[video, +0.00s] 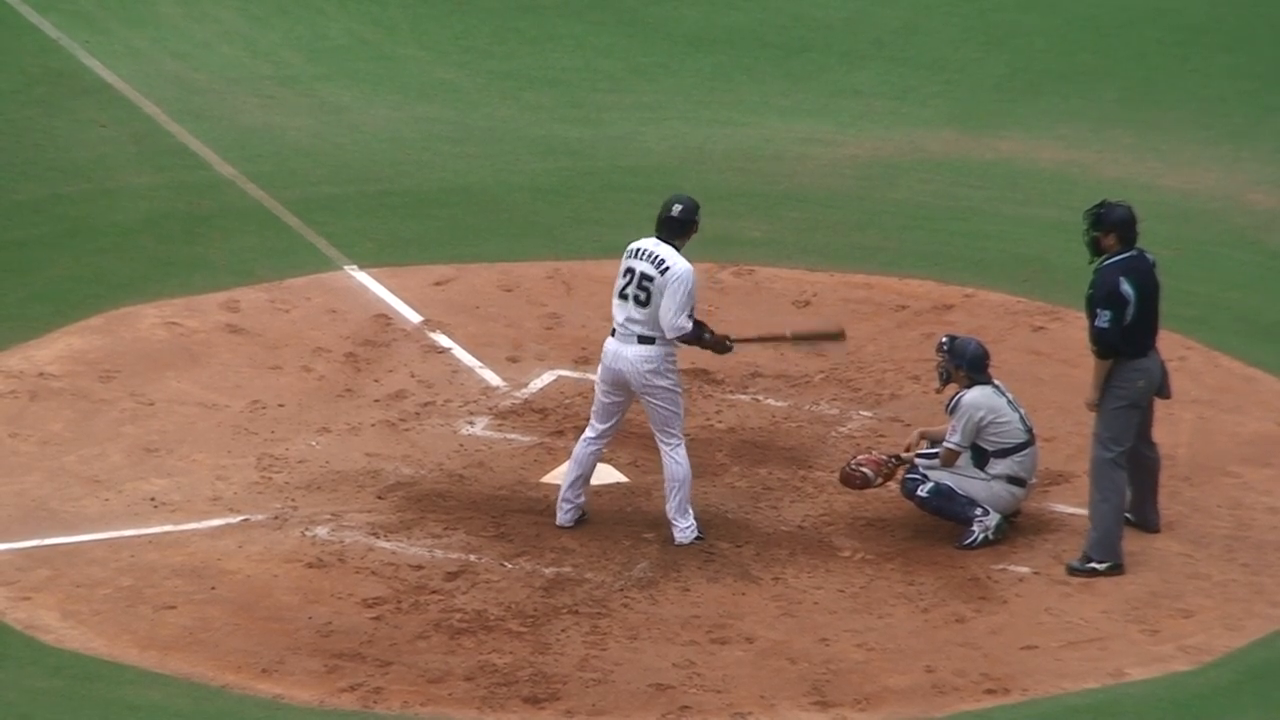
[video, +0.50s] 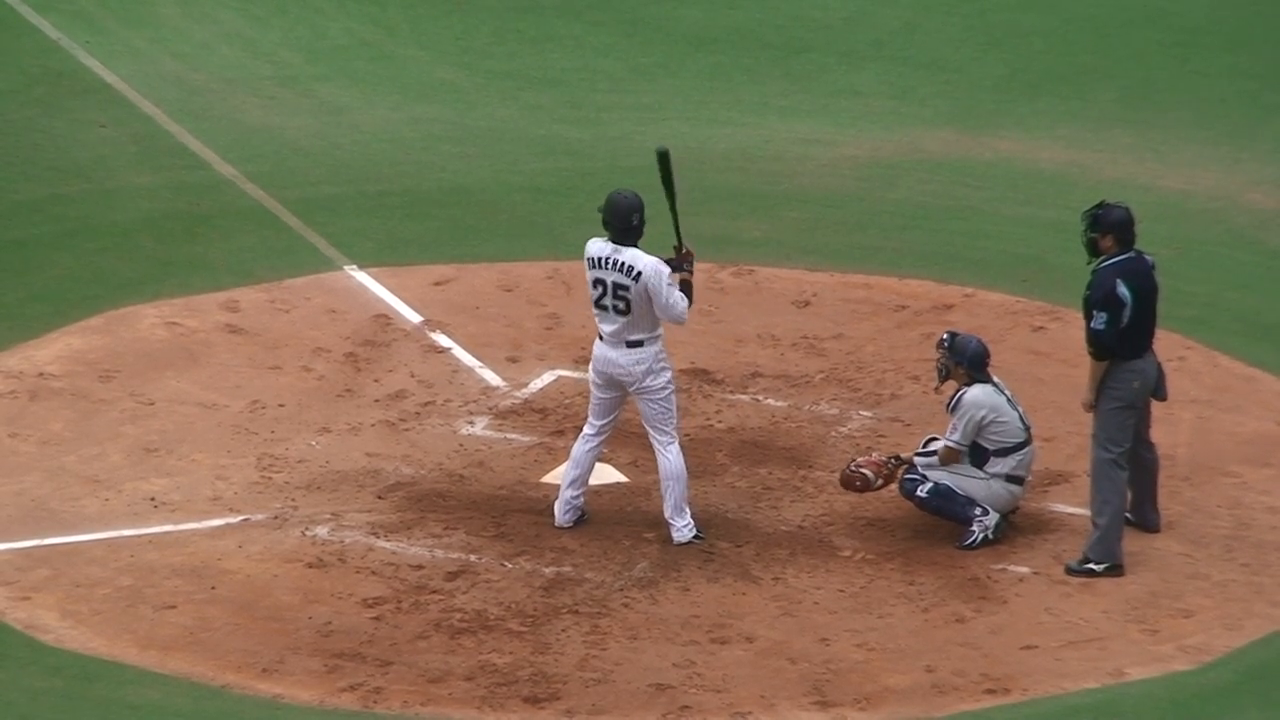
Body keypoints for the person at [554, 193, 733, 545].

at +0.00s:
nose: (693, 232)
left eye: (692, 227)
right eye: (693, 227)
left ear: (659, 221)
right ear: (690, 230)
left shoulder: (635, 248)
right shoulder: (680, 269)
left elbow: (656, 306)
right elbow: (676, 326)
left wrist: (698, 326)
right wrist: (710, 342)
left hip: (614, 350)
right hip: (652, 359)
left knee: (597, 431)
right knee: (671, 441)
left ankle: (567, 510)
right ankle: (683, 527)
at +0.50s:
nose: (641, 223)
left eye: (607, 218)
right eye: (641, 218)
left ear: (607, 223)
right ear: (640, 224)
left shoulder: (593, 250)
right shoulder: (651, 269)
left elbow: (627, 267)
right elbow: (679, 312)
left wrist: (670, 265)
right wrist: (685, 274)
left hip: (605, 355)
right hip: (645, 360)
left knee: (593, 431)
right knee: (666, 441)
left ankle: (566, 509)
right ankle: (681, 526)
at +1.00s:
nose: (605, 224)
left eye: (608, 221)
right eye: (644, 219)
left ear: (610, 225)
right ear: (643, 225)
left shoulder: (596, 254)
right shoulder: (660, 268)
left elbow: (627, 260)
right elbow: (700, 293)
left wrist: (660, 248)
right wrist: (684, 257)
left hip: (603, 362)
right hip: (645, 367)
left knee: (593, 437)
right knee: (670, 443)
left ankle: (566, 513)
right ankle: (678, 527)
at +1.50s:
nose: (625, 251)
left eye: (628, 247)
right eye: (628, 247)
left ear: (632, 252)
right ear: (663, 253)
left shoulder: (612, 288)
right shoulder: (682, 292)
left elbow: (640, 302)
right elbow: (715, 331)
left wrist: (671, 283)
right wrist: (700, 297)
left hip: (628, 389)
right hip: (672, 387)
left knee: (611, 443)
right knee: (675, 453)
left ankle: (569, 510)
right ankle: (686, 528)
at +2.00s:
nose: (631, 233)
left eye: (632, 229)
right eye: (669, 229)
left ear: (636, 234)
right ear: (669, 235)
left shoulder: (615, 267)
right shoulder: (677, 277)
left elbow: (645, 300)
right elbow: (699, 326)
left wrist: (687, 284)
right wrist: (700, 297)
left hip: (619, 369)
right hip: (660, 374)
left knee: (608, 437)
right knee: (683, 447)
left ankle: (568, 509)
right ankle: (682, 528)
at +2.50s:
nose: (654, 229)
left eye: (656, 225)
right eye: (693, 225)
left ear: (658, 230)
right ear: (692, 232)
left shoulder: (641, 262)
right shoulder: (704, 273)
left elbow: (685, 279)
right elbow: (745, 292)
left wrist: (727, 258)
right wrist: (742, 263)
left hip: (641, 365)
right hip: (680, 371)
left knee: (655, 414)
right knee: (691, 446)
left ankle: (628, 486)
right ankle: (683, 527)